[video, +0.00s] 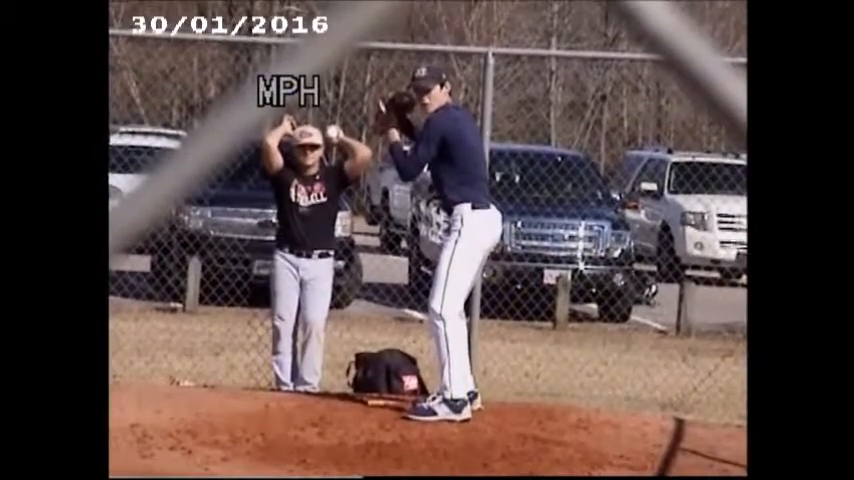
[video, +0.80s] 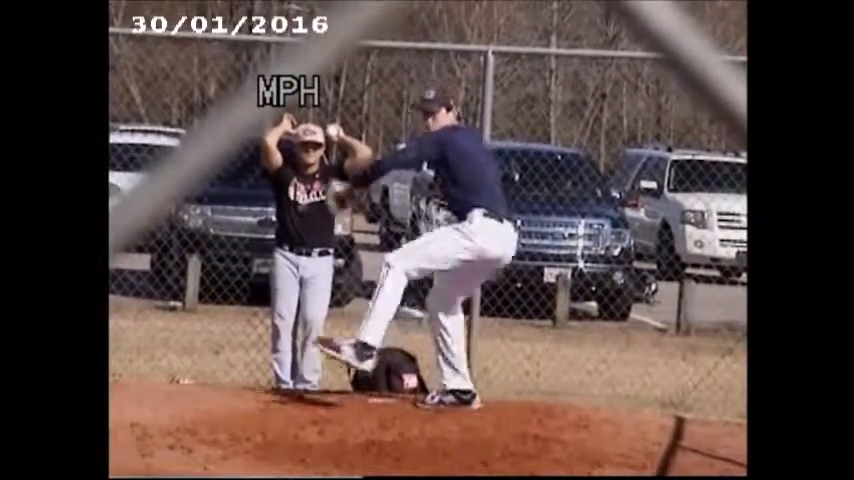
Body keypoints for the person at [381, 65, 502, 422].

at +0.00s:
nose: (420, 97)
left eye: (426, 91)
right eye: (418, 92)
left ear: (446, 89)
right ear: (440, 93)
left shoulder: (439, 121)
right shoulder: (458, 117)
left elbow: (409, 169)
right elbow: (419, 160)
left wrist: (392, 134)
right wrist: (402, 129)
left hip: (470, 218)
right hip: (481, 215)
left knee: (443, 308)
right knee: (448, 307)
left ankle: (455, 396)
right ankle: (462, 389)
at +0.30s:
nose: (427, 111)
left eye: (431, 103)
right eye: (424, 105)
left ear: (450, 96)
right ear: (447, 100)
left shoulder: (443, 128)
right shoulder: (467, 121)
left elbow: (403, 168)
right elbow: (434, 131)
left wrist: (391, 134)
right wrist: (408, 118)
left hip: (474, 219)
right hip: (490, 218)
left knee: (433, 298)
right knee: (443, 302)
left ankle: (451, 386)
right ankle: (463, 386)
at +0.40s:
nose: (428, 107)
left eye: (429, 101)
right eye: (425, 102)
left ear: (446, 91)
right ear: (450, 91)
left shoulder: (441, 124)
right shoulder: (474, 112)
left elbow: (399, 159)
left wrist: (397, 120)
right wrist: (417, 96)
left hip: (474, 214)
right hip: (497, 216)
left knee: (412, 274)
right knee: (449, 293)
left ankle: (444, 355)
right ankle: (461, 383)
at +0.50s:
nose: (424, 108)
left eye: (426, 102)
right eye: (421, 104)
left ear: (445, 92)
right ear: (448, 93)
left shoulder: (439, 124)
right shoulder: (474, 112)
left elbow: (394, 156)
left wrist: (411, 122)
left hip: (476, 213)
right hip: (500, 216)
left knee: (401, 251)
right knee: (461, 302)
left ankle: (439, 325)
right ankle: (462, 387)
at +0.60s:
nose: (419, 103)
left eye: (423, 96)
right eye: (417, 98)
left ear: (442, 91)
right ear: (445, 93)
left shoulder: (436, 121)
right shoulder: (472, 116)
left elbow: (393, 160)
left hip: (475, 211)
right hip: (503, 214)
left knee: (396, 234)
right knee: (461, 302)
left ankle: (422, 314)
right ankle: (462, 385)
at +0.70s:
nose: (423, 111)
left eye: (428, 104)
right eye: (420, 105)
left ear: (446, 101)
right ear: (448, 104)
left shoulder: (439, 129)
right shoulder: (470, 126)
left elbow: (396, 171)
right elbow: (454, 183)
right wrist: (429, 185)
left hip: (478, 220)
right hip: (505, 226)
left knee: (397, 241)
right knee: (458, 302)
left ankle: (395, 329)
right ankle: (460, 388)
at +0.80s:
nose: (426, 120)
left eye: (432, 114)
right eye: (425, 114)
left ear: (451, 113)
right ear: (454, 116)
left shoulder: (444, 139)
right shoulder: (475, 141)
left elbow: (391, 162)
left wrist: (356, 182)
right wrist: (443, 190)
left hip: (479, 230)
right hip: (505, 238)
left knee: (397, 264)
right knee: (443, 301)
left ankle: (364, 349)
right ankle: (458, 387)